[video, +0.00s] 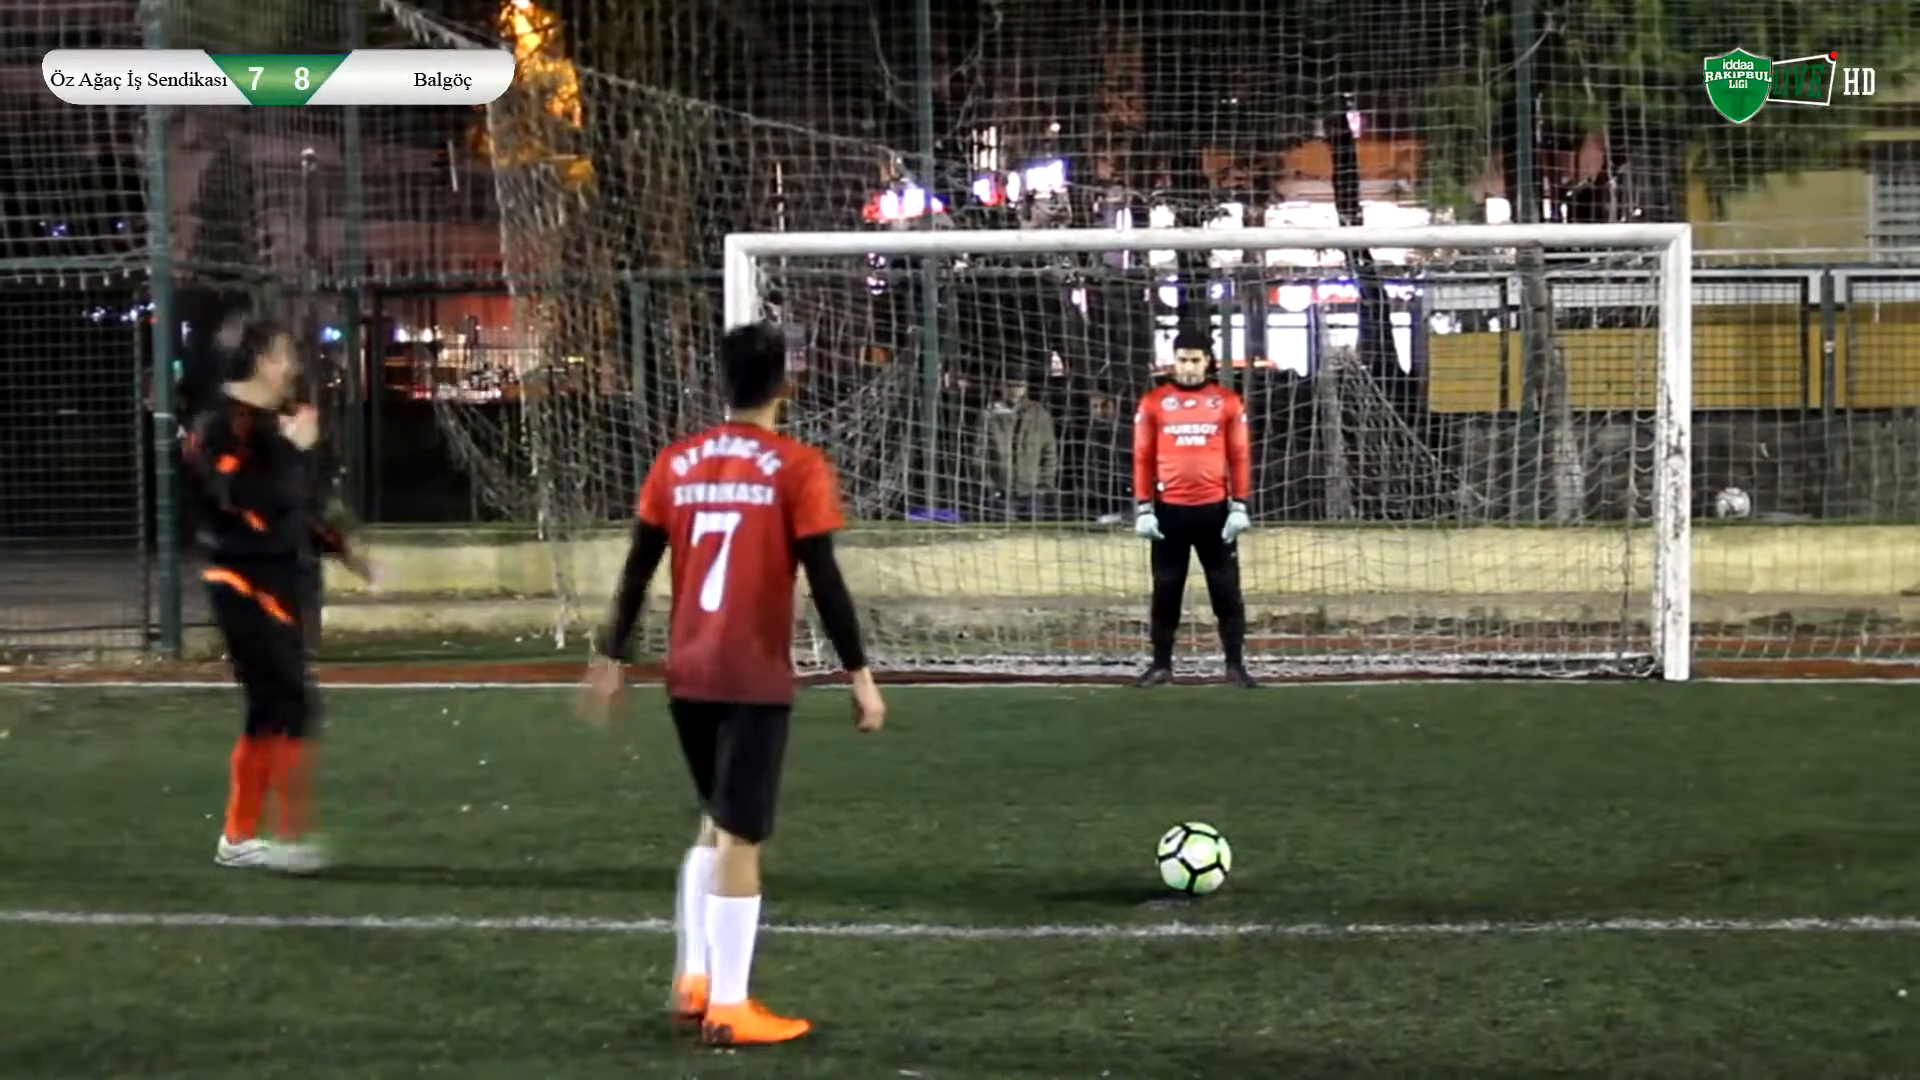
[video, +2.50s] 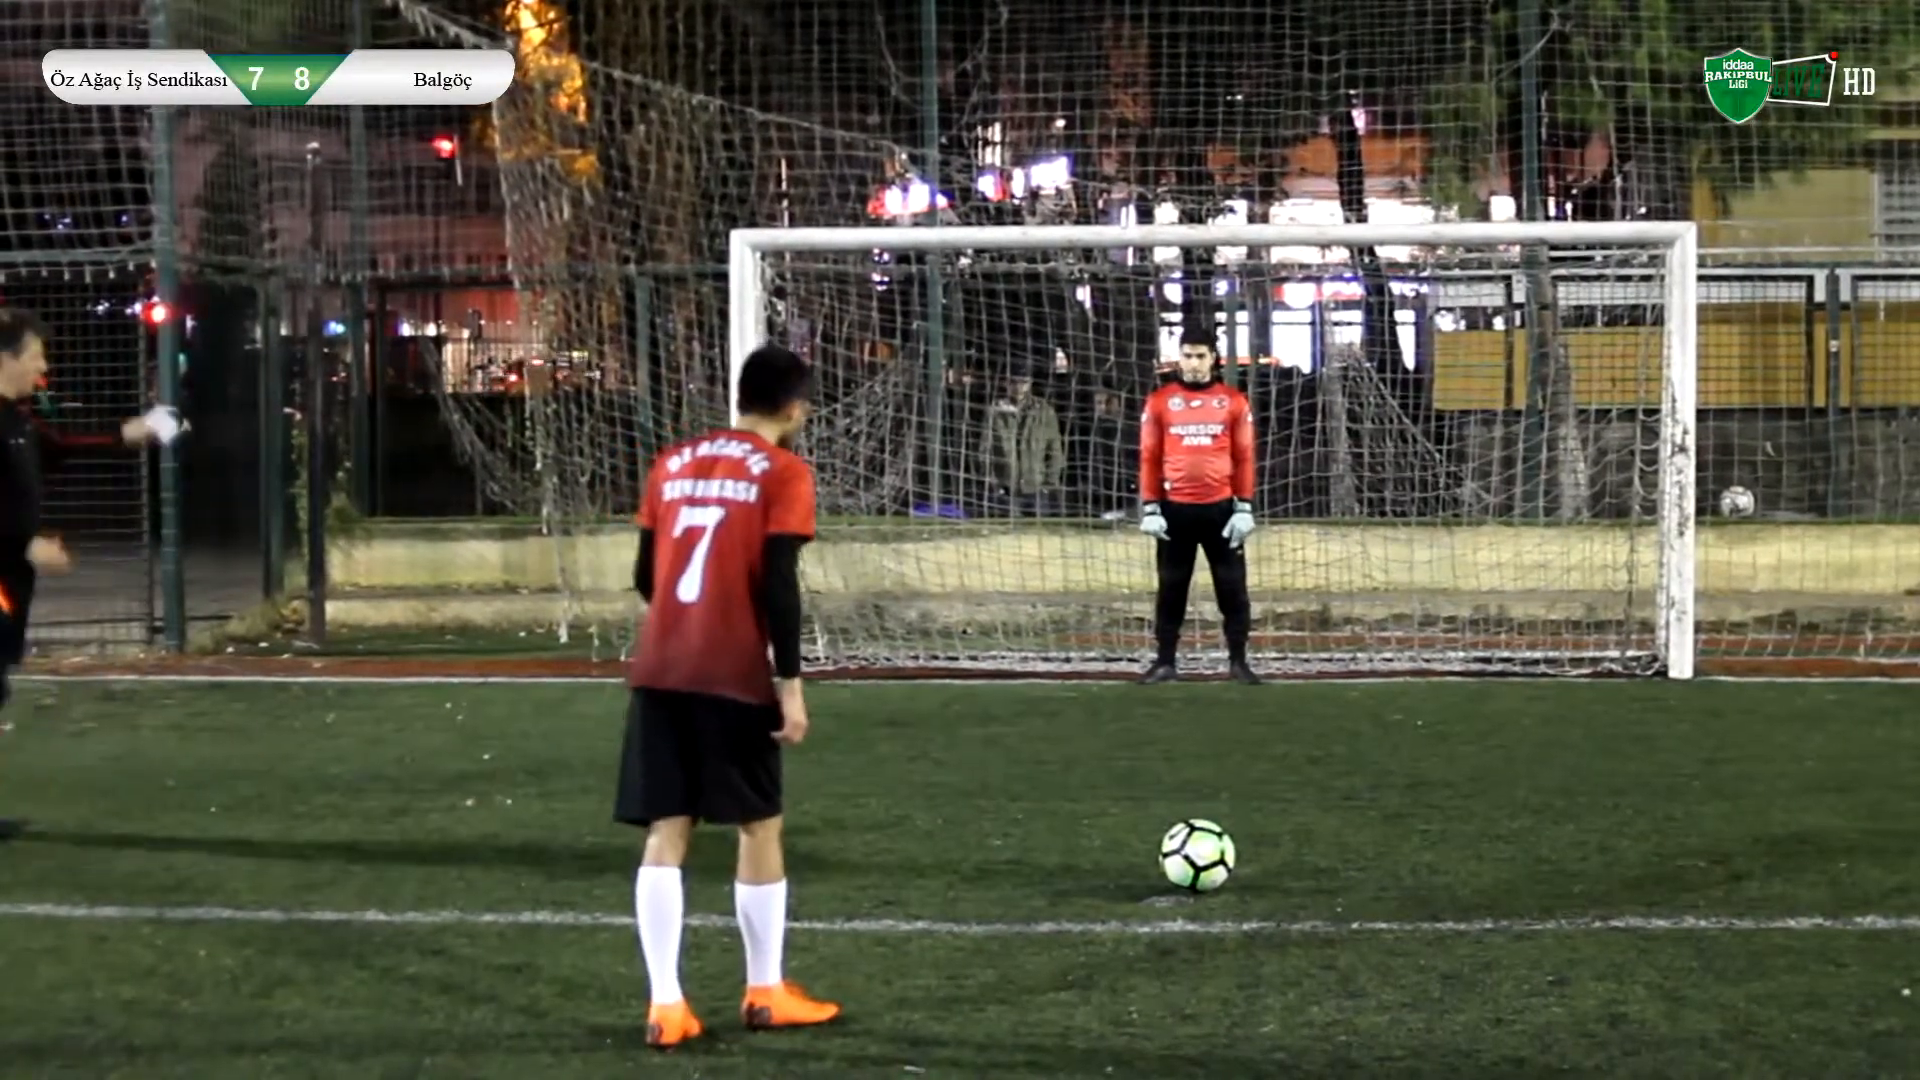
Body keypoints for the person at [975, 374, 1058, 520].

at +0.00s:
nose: (1014, 392)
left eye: (1019, 386)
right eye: (1009, 386)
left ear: (1026, 388)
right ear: (1001, 386)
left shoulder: (1040, 415)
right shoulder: (989, 415)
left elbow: (1050, 453)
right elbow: (980, 452)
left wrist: (1045, 485)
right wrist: (988, 486)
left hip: (1032, 493)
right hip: (1000, 492)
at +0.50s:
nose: (1020, 390)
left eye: (1026, 384)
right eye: (1015, 384)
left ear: (1033, 386)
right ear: (1007, 385)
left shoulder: (1047, 414)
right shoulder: (996, 413)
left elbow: (1058, 453)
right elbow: (986, 452)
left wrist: (1051, 485)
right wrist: (995, 486)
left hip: (1039, 492)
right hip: (1007, 492)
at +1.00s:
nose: (1020, 388)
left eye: (1026, 383)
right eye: (1015, 382)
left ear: (1033, 385)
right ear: (1007, 383)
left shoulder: (1047, 413)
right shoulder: (996, 412)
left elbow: (1058, 450)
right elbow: (985, 449)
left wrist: (1052, 483)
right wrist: (994, 482)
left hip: (1038, 492)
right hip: (1006, 492)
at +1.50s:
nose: (1016, 389)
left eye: (1022, 384)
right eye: (1011, 384)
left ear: (1030, 386)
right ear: (1005, 385)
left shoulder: (1044, 414)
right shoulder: (993, 413)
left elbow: (1055, 453)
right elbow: (983, 451)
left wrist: (1048, 486)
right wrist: (992, 487)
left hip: (1035, 492)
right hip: (1004, 492)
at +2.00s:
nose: (1015, 389)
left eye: (1021, 384)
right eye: (1011, 383)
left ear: (1029, 386)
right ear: (1004, 385)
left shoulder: (1043, 413)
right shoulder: (992, 413)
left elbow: (1054, 453)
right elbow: (983, 450)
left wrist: (1048, 485)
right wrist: (991, 485)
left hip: (1035, 492)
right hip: (1003, 492)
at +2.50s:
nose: (1018, 388)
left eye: (1023, 382)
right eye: (1013, 382)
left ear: (1030, 384)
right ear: (1006, 383)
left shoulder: (1045, 412)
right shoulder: (995, 410)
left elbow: (1056, 453)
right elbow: (985, 449)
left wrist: (1049, 485)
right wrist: (992, 482)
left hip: (1036, 491)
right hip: (1004, 491)